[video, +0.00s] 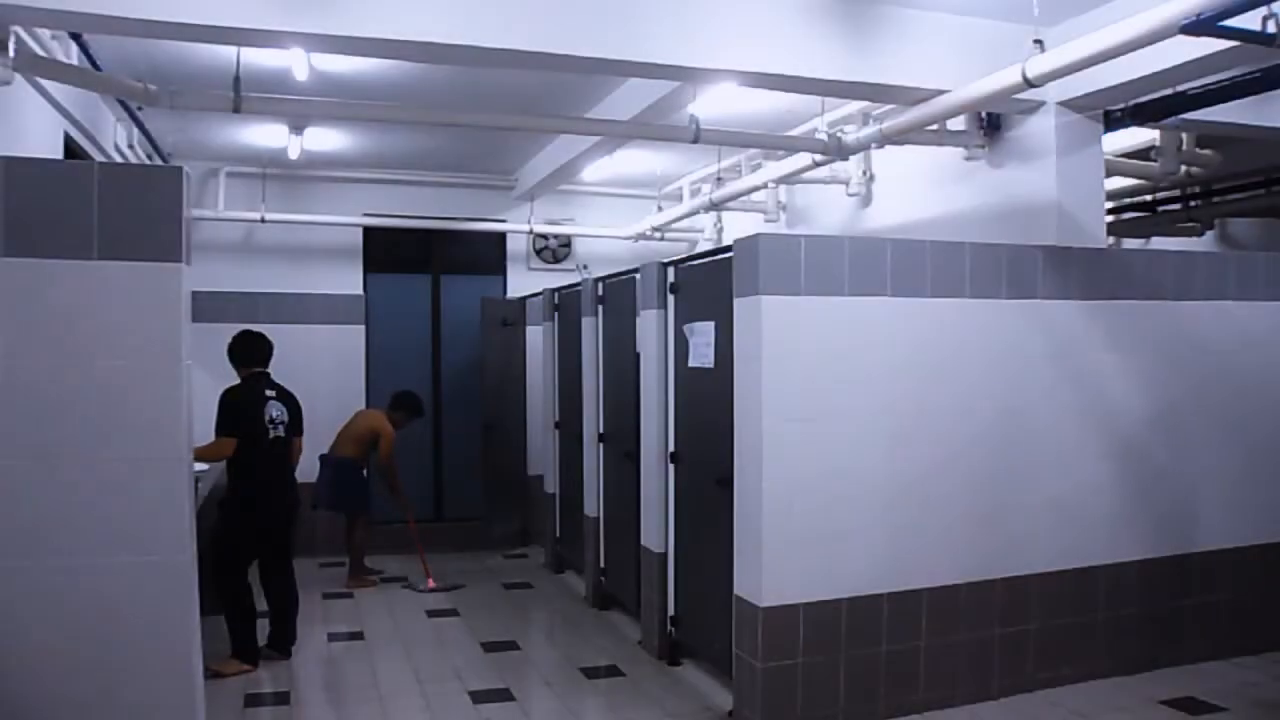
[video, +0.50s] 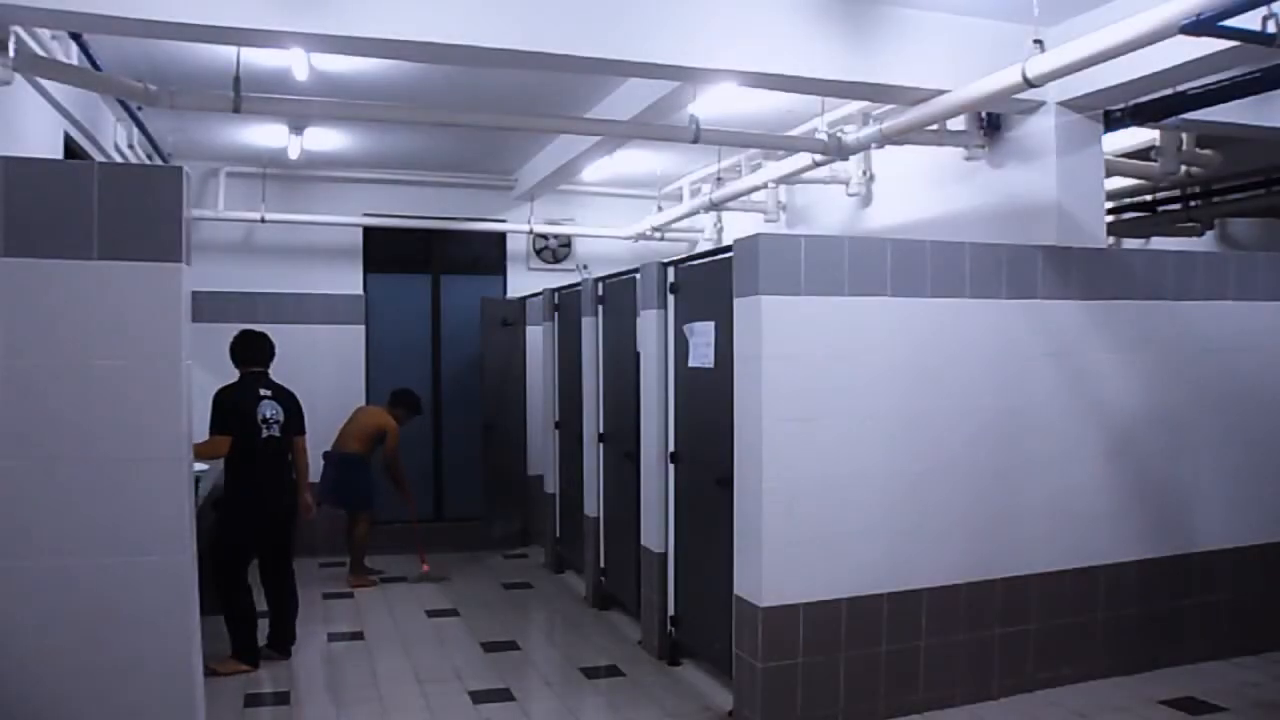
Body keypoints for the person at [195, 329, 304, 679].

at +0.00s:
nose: (232, 362)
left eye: (233, 357)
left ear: (234, 360)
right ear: (267, 359)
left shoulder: (234, 397)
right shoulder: (288, 398)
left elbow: (224, 448)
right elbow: (295, 452)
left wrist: (190, 454)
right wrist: (280, 479)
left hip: (245, 498)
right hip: (282, 496)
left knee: (229, 569)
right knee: (278, 568)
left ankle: (244, 654)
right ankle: (281, 644)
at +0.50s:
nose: (236, 359)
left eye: (236, 354)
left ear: (235, 358)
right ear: (270, 358)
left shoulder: (228, 396)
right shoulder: (287, 397)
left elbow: (220, 446)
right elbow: (299, 449)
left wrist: (186, 451)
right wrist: (304, 490)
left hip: (241, 500)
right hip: (280, 498)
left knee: (229, 570)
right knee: (278, 568)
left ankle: (244, 654)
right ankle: (281, 644)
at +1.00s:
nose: (234, 360)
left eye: (234, 354)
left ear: (234, 359)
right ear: (269, 359)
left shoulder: (225, 396)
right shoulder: (286, 397)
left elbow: (217, 447)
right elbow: (304, 446)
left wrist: (195, 444)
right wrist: (279, 463)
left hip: (239, 497)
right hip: (279, 495)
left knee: (229, 571)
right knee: (277, 569)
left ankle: (245, 655)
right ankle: (280, 645)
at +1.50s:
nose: (235, 365)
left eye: (234, 359)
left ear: (234, 361)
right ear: (268, 360)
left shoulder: (224, 396)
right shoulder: (286, 397)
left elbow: (211, 446)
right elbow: (298, 446)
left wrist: (236, 436)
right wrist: (265, 442)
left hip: (238, 498)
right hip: (279, 497)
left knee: (229, 572)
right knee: (277, 567)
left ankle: (244, 654)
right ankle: (281, 644)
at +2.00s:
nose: (265, 365)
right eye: (267, 359)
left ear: (234, 360)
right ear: (270, 361)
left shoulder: (215, 397)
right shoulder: (285, 397)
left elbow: (202, 449)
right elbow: (302, 449)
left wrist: (228, 441)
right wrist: (282, 465)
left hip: (233, 497)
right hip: (277, 496)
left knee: (233, 575)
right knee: (280, 570)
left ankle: (247, 654)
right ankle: (282, 644)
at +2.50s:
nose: (270, 369)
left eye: (268, 364)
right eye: (270, 364)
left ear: (232, 360)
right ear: (266, 364)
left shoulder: (204, 397)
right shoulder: (274, 398)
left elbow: (194, 451)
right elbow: (292, 452)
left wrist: (222, 445)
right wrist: (317, 493)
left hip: (226, 501)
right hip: (271, 500)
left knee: (236, 579)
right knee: (277, 571)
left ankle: (247, 656)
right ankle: (281, 644)